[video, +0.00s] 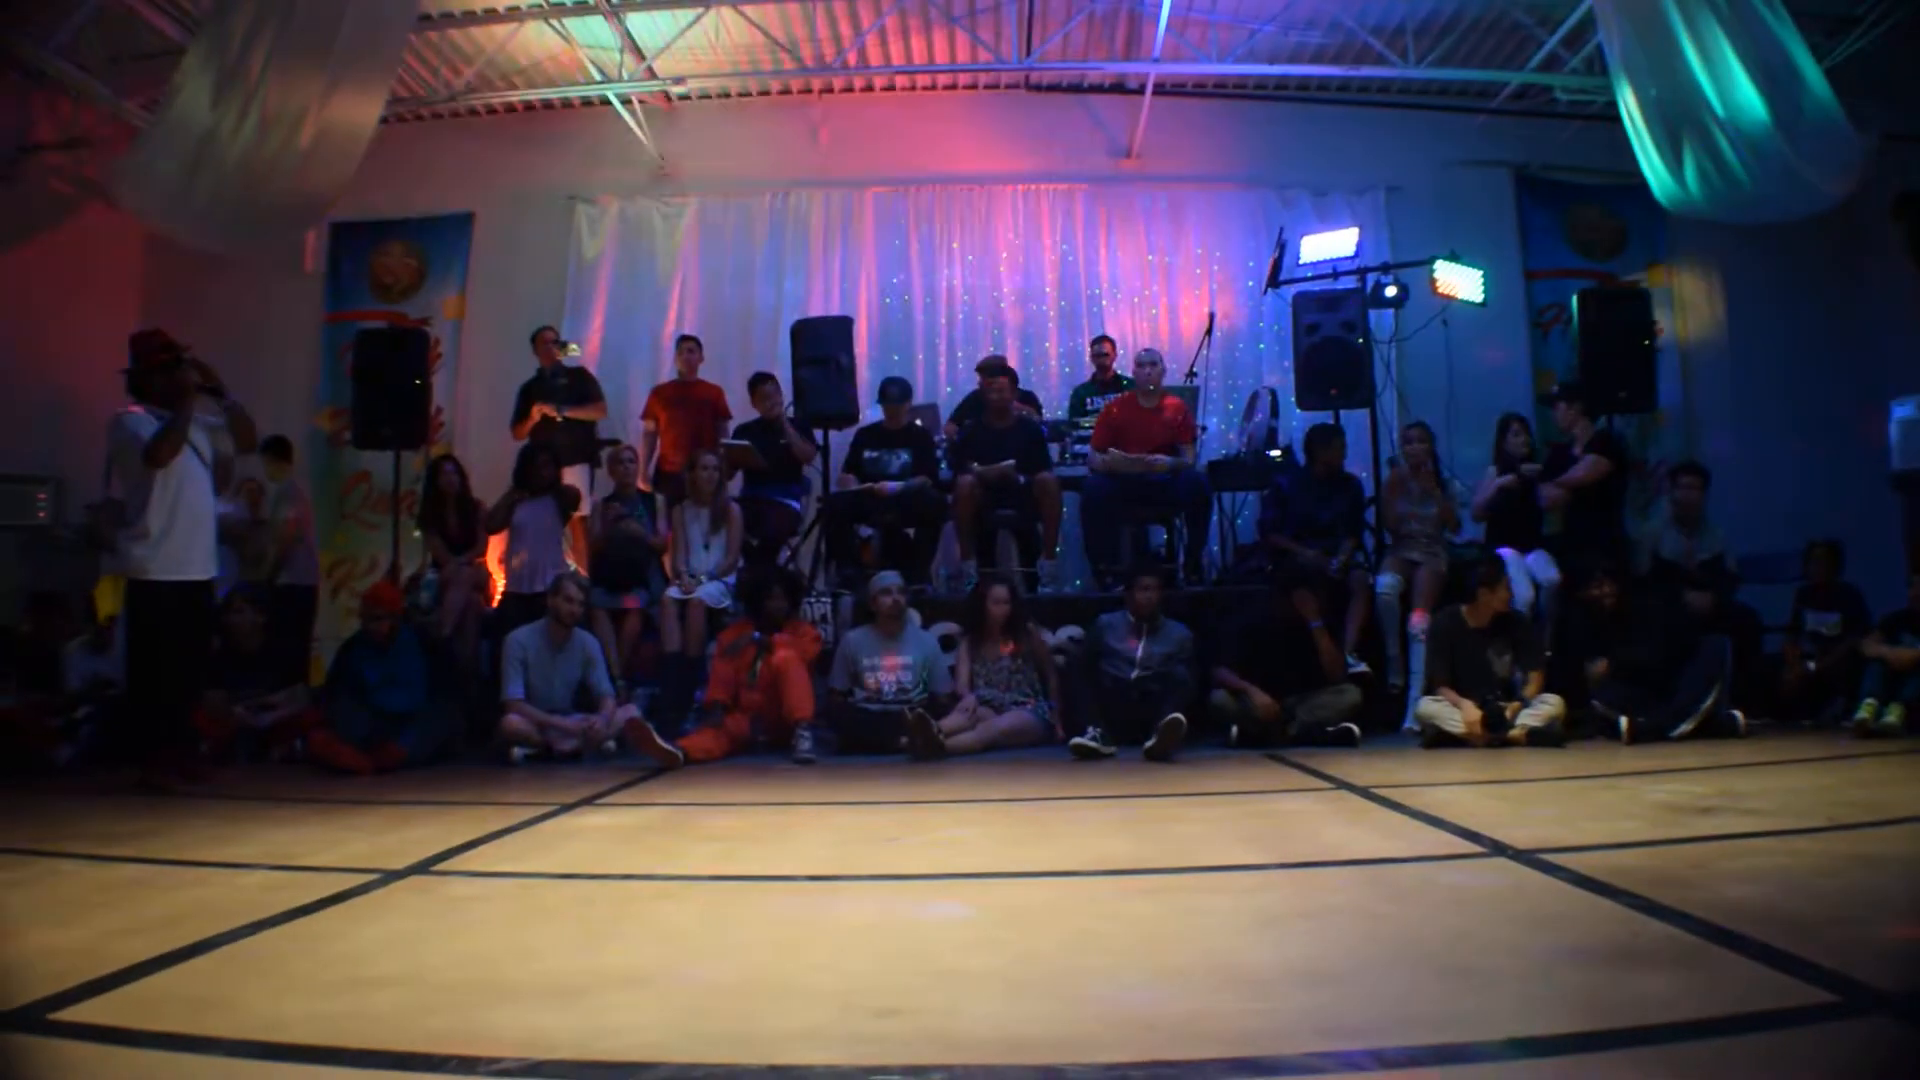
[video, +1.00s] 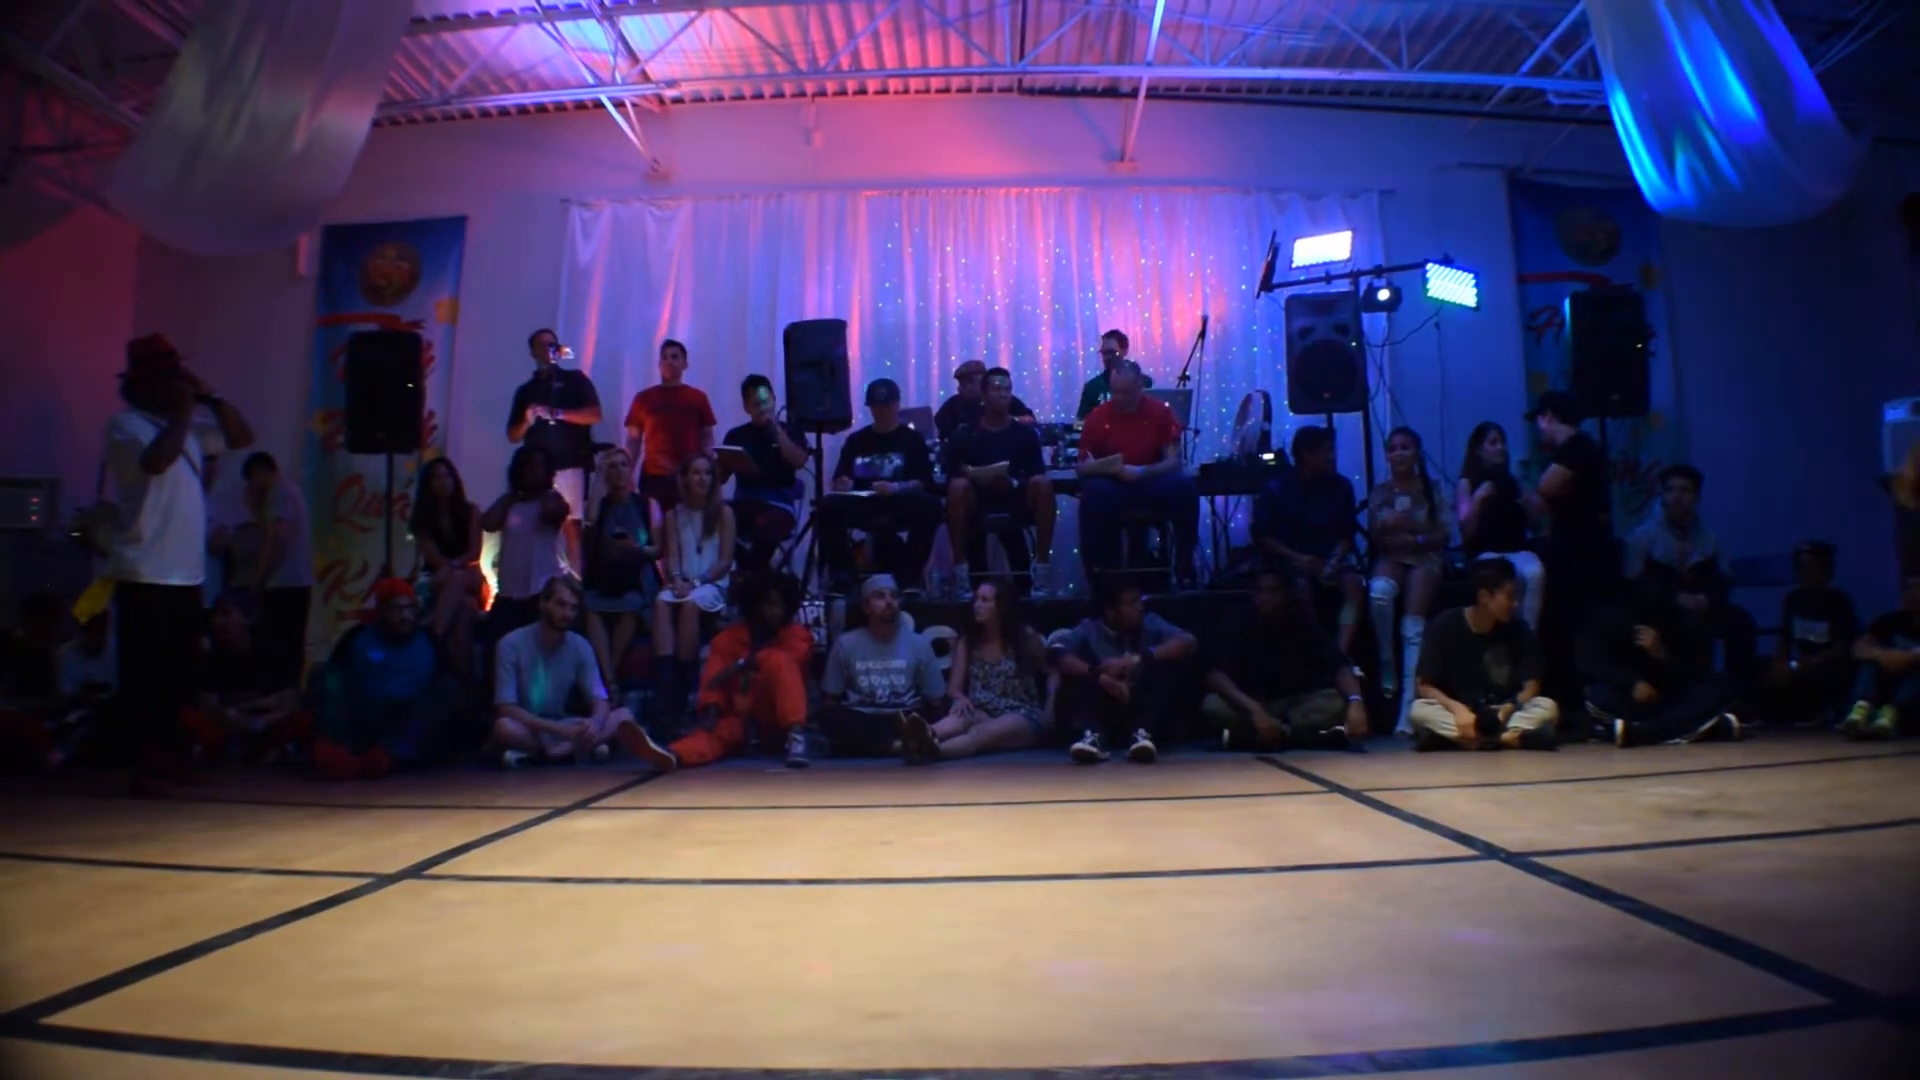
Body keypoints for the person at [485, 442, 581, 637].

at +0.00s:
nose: (544, 472)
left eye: (548, 466)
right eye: (538, 466)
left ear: (556, 469)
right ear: (525, 468)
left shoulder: (559, 499)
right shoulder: (516, 501)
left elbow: (573, 497)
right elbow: (491, 526)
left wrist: (552, 484)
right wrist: (512, 495)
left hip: (551, 587)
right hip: (518, 588)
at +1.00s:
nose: (534, 472)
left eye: (540, 466)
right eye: (529, 466)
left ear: (549, 471)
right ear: (518, 470)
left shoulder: (552, 499)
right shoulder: (509, 502)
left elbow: (556, 514)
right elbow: (488, 524)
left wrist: (547, 495)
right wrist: (510, 498)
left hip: (543, 593)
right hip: (509, 593)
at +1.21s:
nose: (537, 470)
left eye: (541, 465)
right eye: (531, 464)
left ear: (548, 470)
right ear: (518, 469)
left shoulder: (554, 502)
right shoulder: (506, 503)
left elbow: (557, 526)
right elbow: (485, 536)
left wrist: (548, 499)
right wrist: (506, 501)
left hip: (542, 593)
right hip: (508, 593)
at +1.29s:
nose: (537, 471)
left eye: (541, 465)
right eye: (531, 465)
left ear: (548, 470)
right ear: (518, 469)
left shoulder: (554, 503)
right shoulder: (506, 503)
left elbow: (556, 530)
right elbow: (486, 537)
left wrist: (551, 501)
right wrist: (505, 502)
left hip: (543, 595)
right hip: (508, 594)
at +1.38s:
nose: (538, 471)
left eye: (542, 465)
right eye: (532, 465)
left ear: (548, 470)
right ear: (518, 469)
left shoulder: (555, 503)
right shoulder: (505, 503)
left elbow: (555, 532)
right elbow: (486, 539)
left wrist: (549, 500)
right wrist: (506, 502)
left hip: (544, 595)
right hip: (509, 594)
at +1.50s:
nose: (536, 471)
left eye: (541, 465)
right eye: (530, 465)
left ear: (547, 470)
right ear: (517, 469)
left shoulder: (553, 502)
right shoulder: (504, 503)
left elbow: (558, 537)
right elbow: (487, 542)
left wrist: (553, 503)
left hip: (542, 592)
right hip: (508, 592)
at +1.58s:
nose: (536, 471)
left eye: (541, 465)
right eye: (530, 465)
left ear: (547, 470)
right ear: (517, 469)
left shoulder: (553, 502)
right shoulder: (503, 502)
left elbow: (559, 538)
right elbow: (488, 543)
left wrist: (553, 506)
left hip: (543, 591)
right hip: (508, 591)